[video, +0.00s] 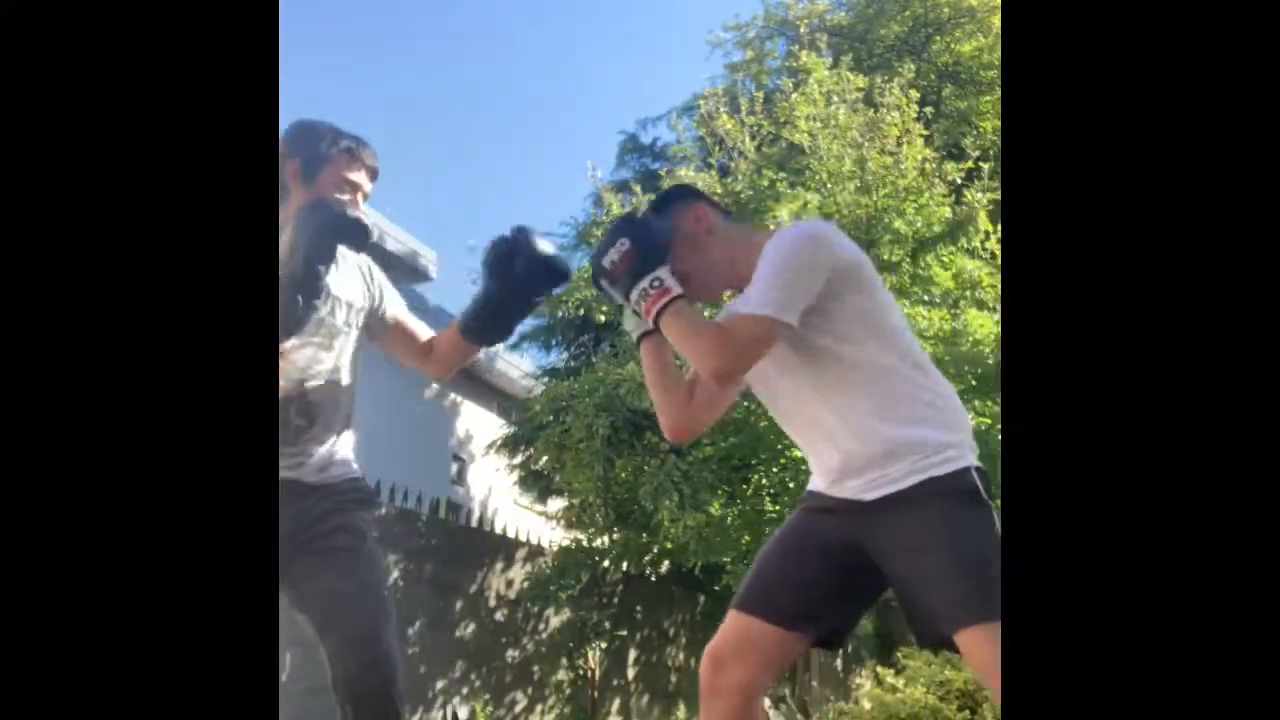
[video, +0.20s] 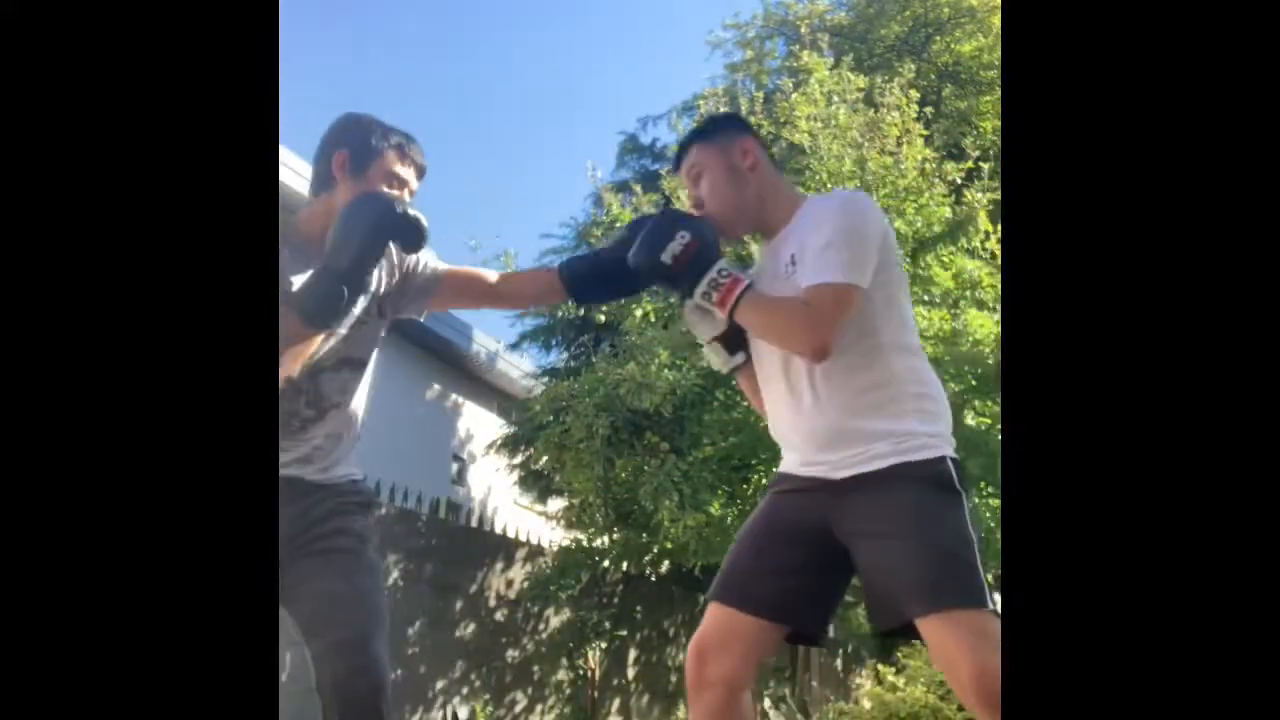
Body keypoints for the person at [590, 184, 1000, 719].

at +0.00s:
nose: (670, 280)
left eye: (667, 260)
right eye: (663, 274)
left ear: (701, 219)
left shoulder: (805, 244)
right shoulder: (740, 319)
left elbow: (721, 357)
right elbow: (680, 421)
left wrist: (652, 288)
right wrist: (643, 317)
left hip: (927, 484)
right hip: (836, 500)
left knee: (997, 669)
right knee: (728, 672)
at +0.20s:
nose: (692, 203)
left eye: (697, 178)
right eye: (686, 191)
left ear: (747, 154)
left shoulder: (844, 211)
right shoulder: (760, 280)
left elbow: (815, 331)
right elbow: (782, 413)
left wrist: (712, 278)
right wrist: (726, 345)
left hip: (899, 470)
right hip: (804, 482)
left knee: (983, 681)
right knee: (712, 667)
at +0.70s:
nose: (873, 158)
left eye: (889, 135)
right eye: (867, 143)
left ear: (949, 132)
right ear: (862, 153)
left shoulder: (992, 246)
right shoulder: (844, 226)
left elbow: (987, 390)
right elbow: (781, 316)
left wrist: (899, 298)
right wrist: (796, 325)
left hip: (948, 477)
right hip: (831, 480)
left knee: (1004, 627)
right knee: (764, 678)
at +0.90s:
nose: (925, 155)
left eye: (944, 132)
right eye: (919, 140)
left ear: (998, 136)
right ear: (913, 150)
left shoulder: (999, 243)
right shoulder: (883, 225)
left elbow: (998, 380)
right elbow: (821, 326)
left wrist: (942, 285)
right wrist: (824, 376)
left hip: (977, 484)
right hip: (857, 478)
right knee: (771, 677)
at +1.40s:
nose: (843, 143)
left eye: (860, 116)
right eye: (837, 129)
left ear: (928, 115)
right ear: (837, 145)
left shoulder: (989, 230)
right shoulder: (823, 217)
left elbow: (987, 389)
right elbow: (767, 329)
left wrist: (873, 311)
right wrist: (771, 381)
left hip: (943, 478)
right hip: (821, 473)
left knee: (1003, 660)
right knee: (728, 690)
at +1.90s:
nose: (696, 140)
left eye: (705, 116)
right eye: (680, 129)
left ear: (739, 101)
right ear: (675, 149)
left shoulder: (842, 157)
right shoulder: (714, 233)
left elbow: (733, 225)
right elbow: (650, 322)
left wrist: (675, 126)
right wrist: (627, 195)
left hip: (932, 456)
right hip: (810, 464)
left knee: (1001, 671)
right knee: (701, 666)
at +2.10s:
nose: (687, 110)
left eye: (697, 84)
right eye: (679, 101)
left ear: (758, 71)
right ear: (682, 125)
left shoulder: (870, 146)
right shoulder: (729, 228)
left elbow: (833, 270)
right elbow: (710, 378)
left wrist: (717, 188)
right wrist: (666, 279)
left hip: (925, 442)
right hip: (799, 451)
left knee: (1003, 666)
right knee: (690, 661)